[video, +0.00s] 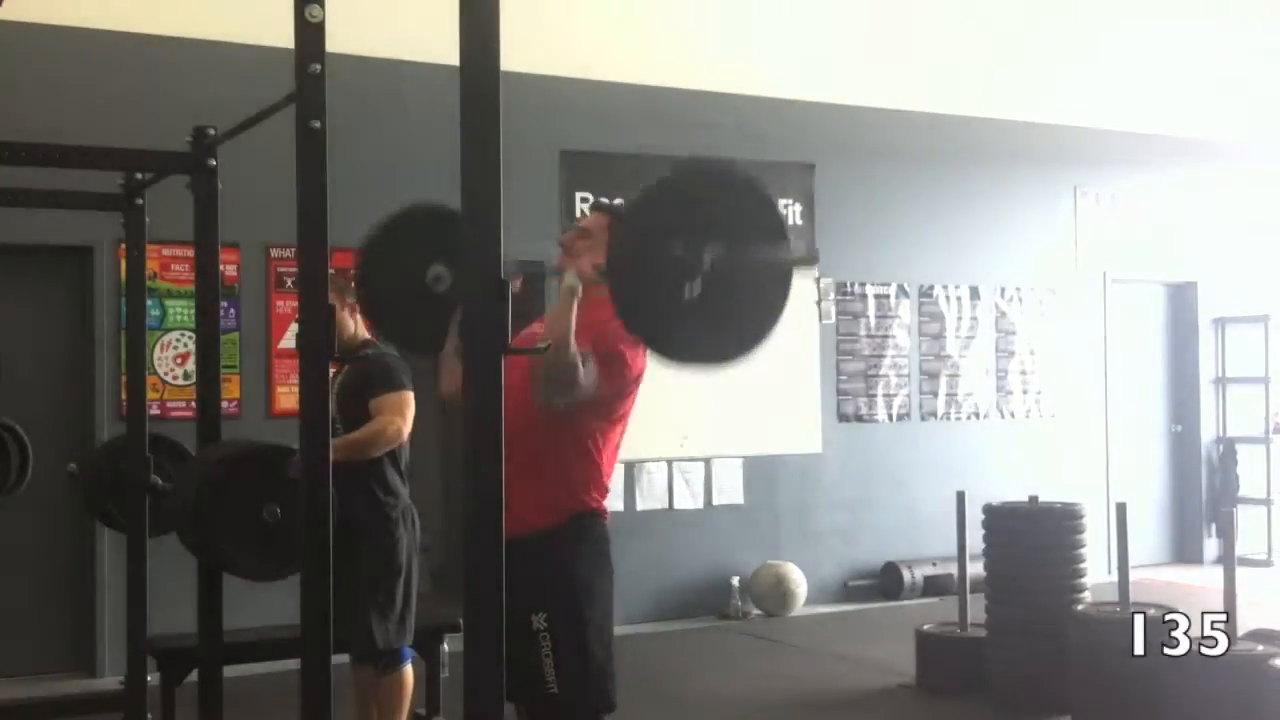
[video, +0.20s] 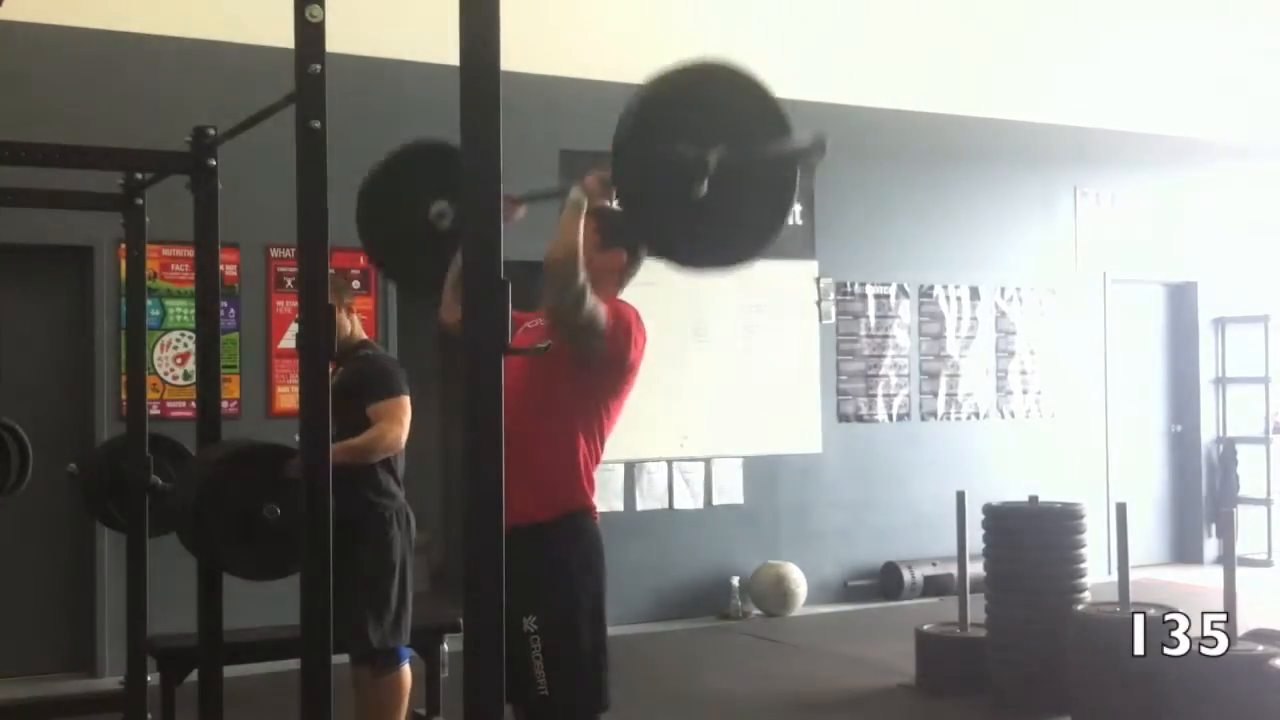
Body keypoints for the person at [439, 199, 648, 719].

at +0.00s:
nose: (566, 238)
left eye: (584, 234)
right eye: (571, 230)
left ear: (614, 257)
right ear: (571, 250)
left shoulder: (619, 330)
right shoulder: (539, 328)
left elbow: (558, 388)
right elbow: (453, 384)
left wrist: (568, 291)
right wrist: (466, 299)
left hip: (565, 533)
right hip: (508, 532)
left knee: (571, 698)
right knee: (518, 694)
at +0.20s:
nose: (572, 247)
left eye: (594, 238)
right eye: (573, 235)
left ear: (622, 261)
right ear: (563, 248)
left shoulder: (621, 328)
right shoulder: (528, 324)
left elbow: (564, 299)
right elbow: (453, 313)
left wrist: (576, 201)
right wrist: (484, 229)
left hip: (558, 532)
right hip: (498, 530)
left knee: (565, 698)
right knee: (502, 691)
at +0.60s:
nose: (507, 243)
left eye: (521, 234)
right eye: (507, 233)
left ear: (564, 241)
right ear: (509, 242)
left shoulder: (591, 307)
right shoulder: (498, 305)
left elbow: (597, 198)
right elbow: (474, 227)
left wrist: (596, 104)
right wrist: (499, 152)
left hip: (563, 527)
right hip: (495, 526)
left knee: (579, 695)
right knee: (507, 690)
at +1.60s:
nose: (573, 239)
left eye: (591, 232)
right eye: (575, 231)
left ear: (624, 260)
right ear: (563, 251)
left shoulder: (618, 326)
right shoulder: (530, 323)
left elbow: (562, 282)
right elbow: (456, 308)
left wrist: (576, 186)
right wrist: (488, 225)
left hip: (568, 527)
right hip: (503, 524)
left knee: (583, 686)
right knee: (508, 679)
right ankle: (535, 709)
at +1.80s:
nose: (577, 253)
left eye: (595, 245)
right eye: (578, 244)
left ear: (619, 268)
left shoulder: (623, 339)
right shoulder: (534, 335)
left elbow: (562, 350)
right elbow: (450, 361)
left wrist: (569, 264)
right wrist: (477, 282)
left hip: (565, 533)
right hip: (504, 530)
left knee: (573, 689)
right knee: (505, 683)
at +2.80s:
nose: (508, 257)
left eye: (525, 248)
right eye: (504, 243)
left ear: (553, 263)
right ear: (493, 248)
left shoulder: (550, 332)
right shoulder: (470, 331)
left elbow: (497, 433)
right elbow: (414, 433)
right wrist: (421, 349)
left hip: (503, 540)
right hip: (442, 538)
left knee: (493, 692)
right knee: (444, 692)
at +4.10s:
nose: (495, 266)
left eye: (507, 249)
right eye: (484, 251)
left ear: (537, 250)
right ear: (481, 262)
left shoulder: (581, 326)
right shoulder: (490, 334)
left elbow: (591, 449)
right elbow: (455, 430)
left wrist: (498, 415)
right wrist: (406, 380)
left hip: (575, 523)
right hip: (502, 522)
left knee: (574, 688)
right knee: (515, 683)